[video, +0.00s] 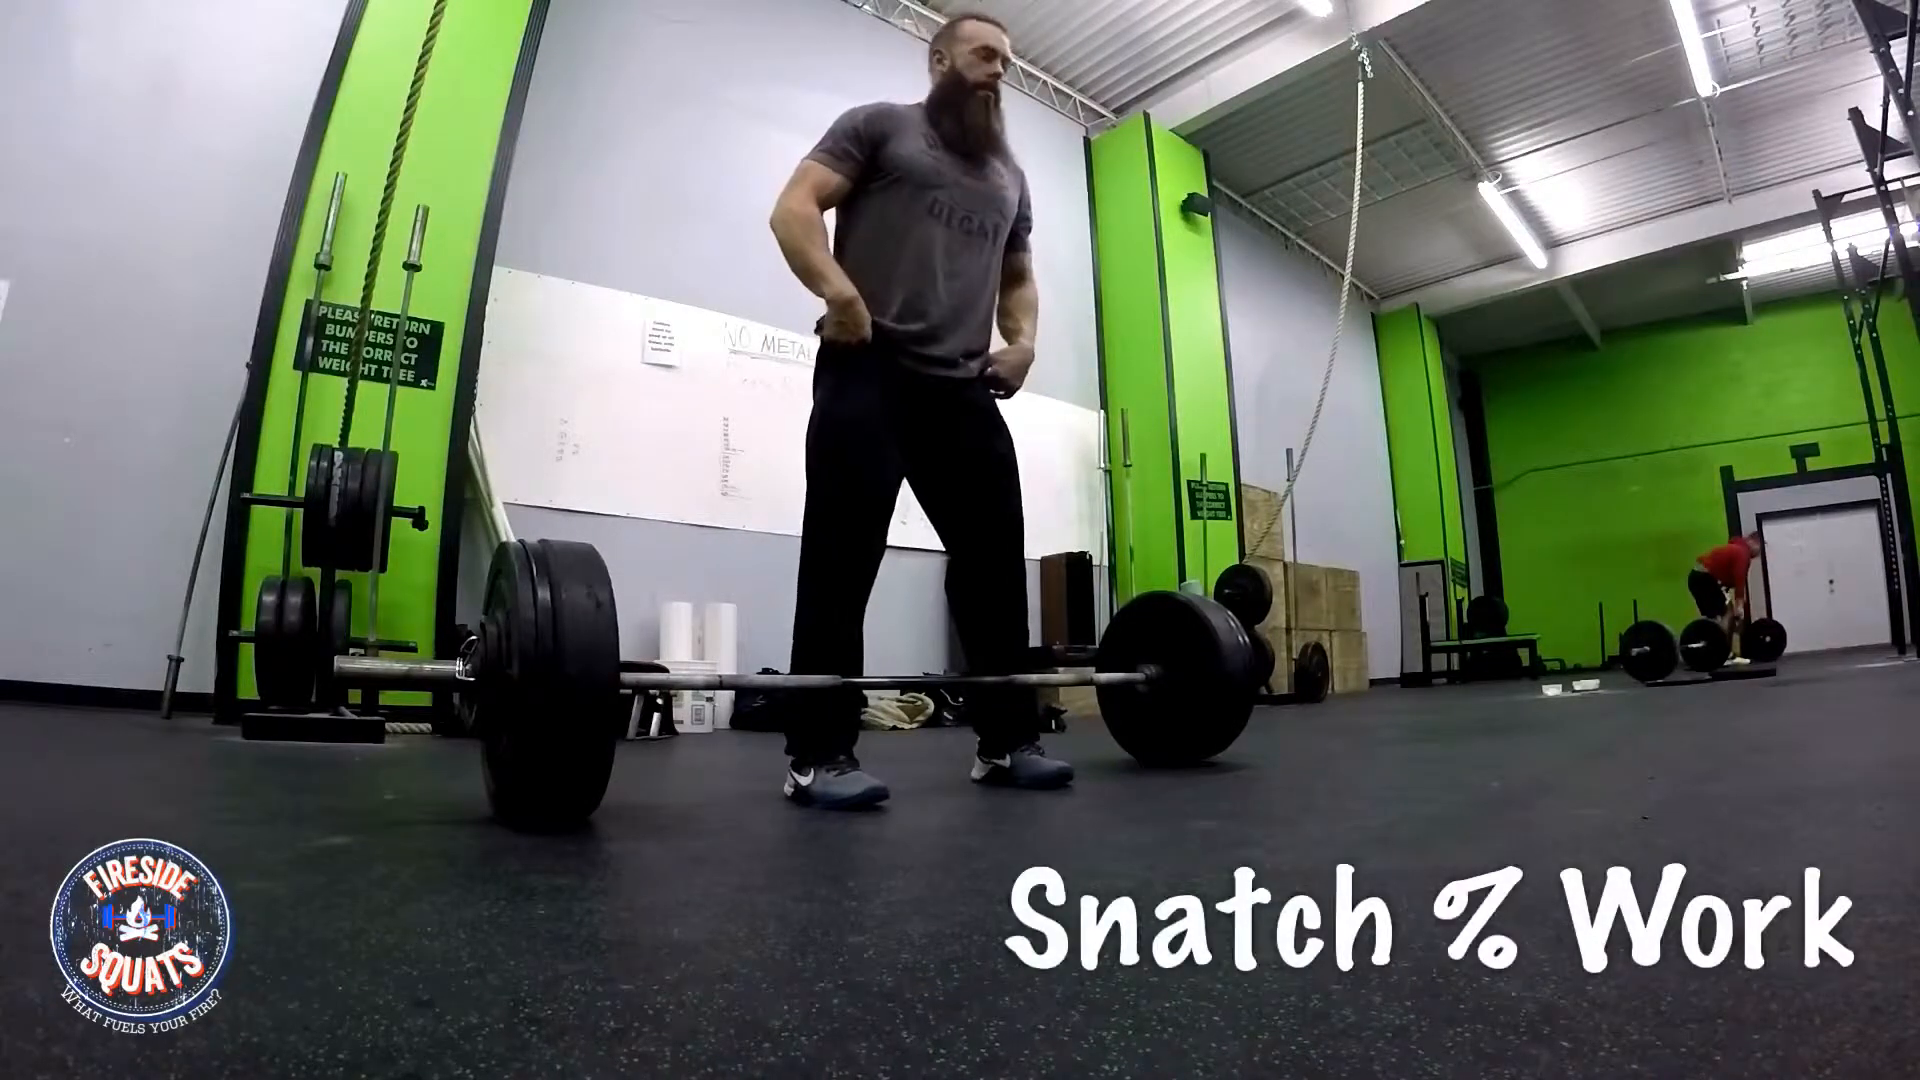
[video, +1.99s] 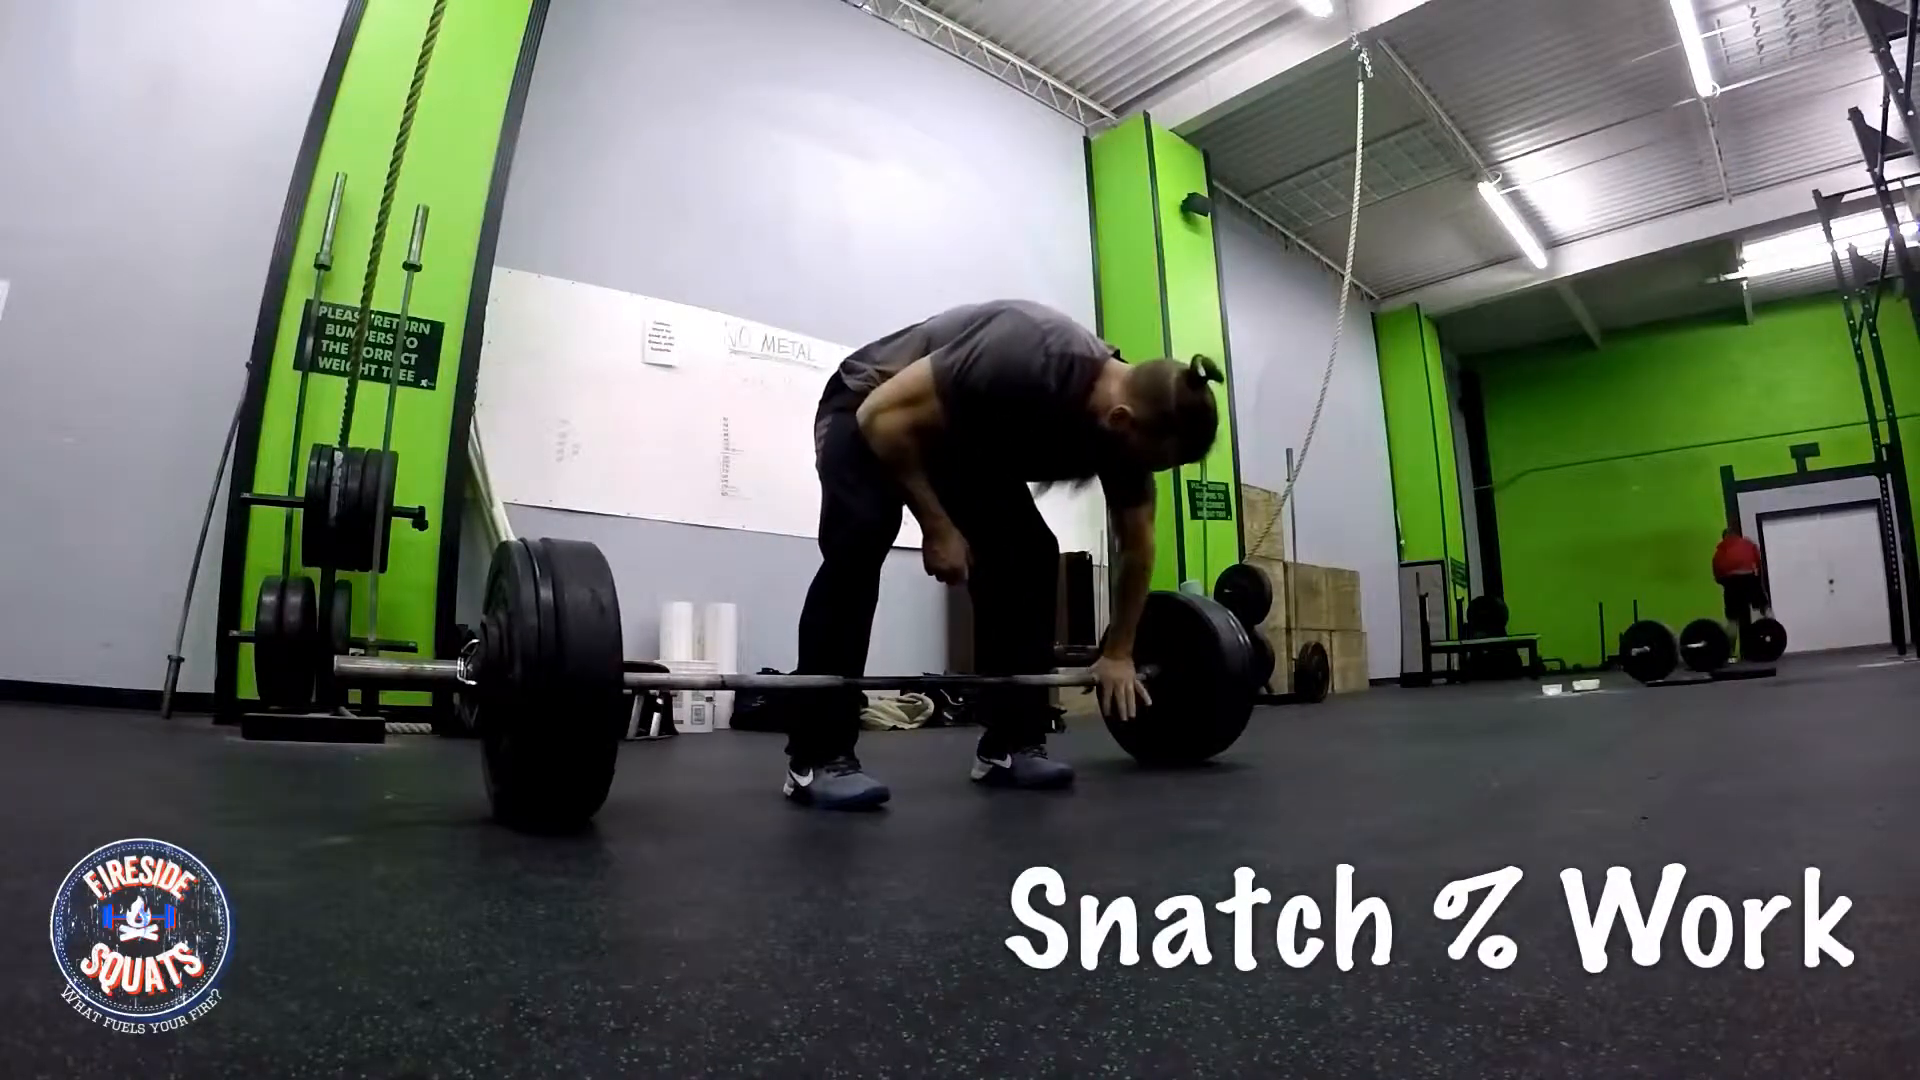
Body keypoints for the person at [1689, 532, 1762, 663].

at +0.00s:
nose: (1758, 553)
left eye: (1760, 549)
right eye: (1758, 548)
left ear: (1750, 541)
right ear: (1751, 541)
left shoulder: (1736, 549)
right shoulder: (1741, 552)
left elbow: (1739, 581)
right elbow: (1739, 580)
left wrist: (1739, 605)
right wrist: (1739, 606)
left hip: (1698, 575)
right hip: (1704, 577)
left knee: (1712, 616)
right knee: (1725, 614)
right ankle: (1723, 654)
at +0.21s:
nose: (1745, 534)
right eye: (1744, 531)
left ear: (1729, 530)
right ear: (1740, 530)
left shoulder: (1718, 539)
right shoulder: (1738, 544)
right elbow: (1739, 569)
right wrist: (1740, 593)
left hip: (1699, 573)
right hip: (1715, 574)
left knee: (1708, 615)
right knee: (1725, 613)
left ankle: (1710, 651)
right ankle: (1726, 652)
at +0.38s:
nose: (1728, 524)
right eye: (1728, 521)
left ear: (1714, 521)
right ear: (1728, 521)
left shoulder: (1706, 535)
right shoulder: (1732, 536)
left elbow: (1699, 559)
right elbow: (1738, 562)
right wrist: (1741, 585)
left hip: (1700, 573)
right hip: (1717, 573)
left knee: (1710, 614)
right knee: (1726, 611)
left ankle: (1711, 650)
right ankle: (1726, 650)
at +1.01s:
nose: (1728, 519)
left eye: (1725, 517)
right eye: (1730, 516)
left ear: (1718, 517)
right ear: (1731, 516)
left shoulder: (1710, 538)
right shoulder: (1741, 536)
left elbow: (1707, 559)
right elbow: (1751, 557)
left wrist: (1713, 570)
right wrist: (1747, 573)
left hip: (1719, 578)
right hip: (1740, 578)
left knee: (1720, 617)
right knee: (1745, 616)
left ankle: (1720, 654)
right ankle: (1746, 652)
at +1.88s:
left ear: (1720, 532)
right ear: (1734, 529)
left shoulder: (1718, 545)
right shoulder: (1743, 539)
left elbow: (1713, 570)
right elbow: (1756, 556)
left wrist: (1721, 579)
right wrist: (1758, 574)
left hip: (1728, 581)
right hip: (1745, 578)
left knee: (1731, 618)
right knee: (1745, 617)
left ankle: (1730, 654)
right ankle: (1747, 652)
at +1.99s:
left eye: (1724, 538)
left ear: (1724, 537)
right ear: (1738, 534)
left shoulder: (1721, 548)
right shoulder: (1748, 544)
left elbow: (1716, 566)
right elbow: (1758, 561)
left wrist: (1721, 580)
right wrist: (1759, 574)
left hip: (1731, 580)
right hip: (1750, 578)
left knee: (1732, 618)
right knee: (1763, 608)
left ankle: (1730, 653)